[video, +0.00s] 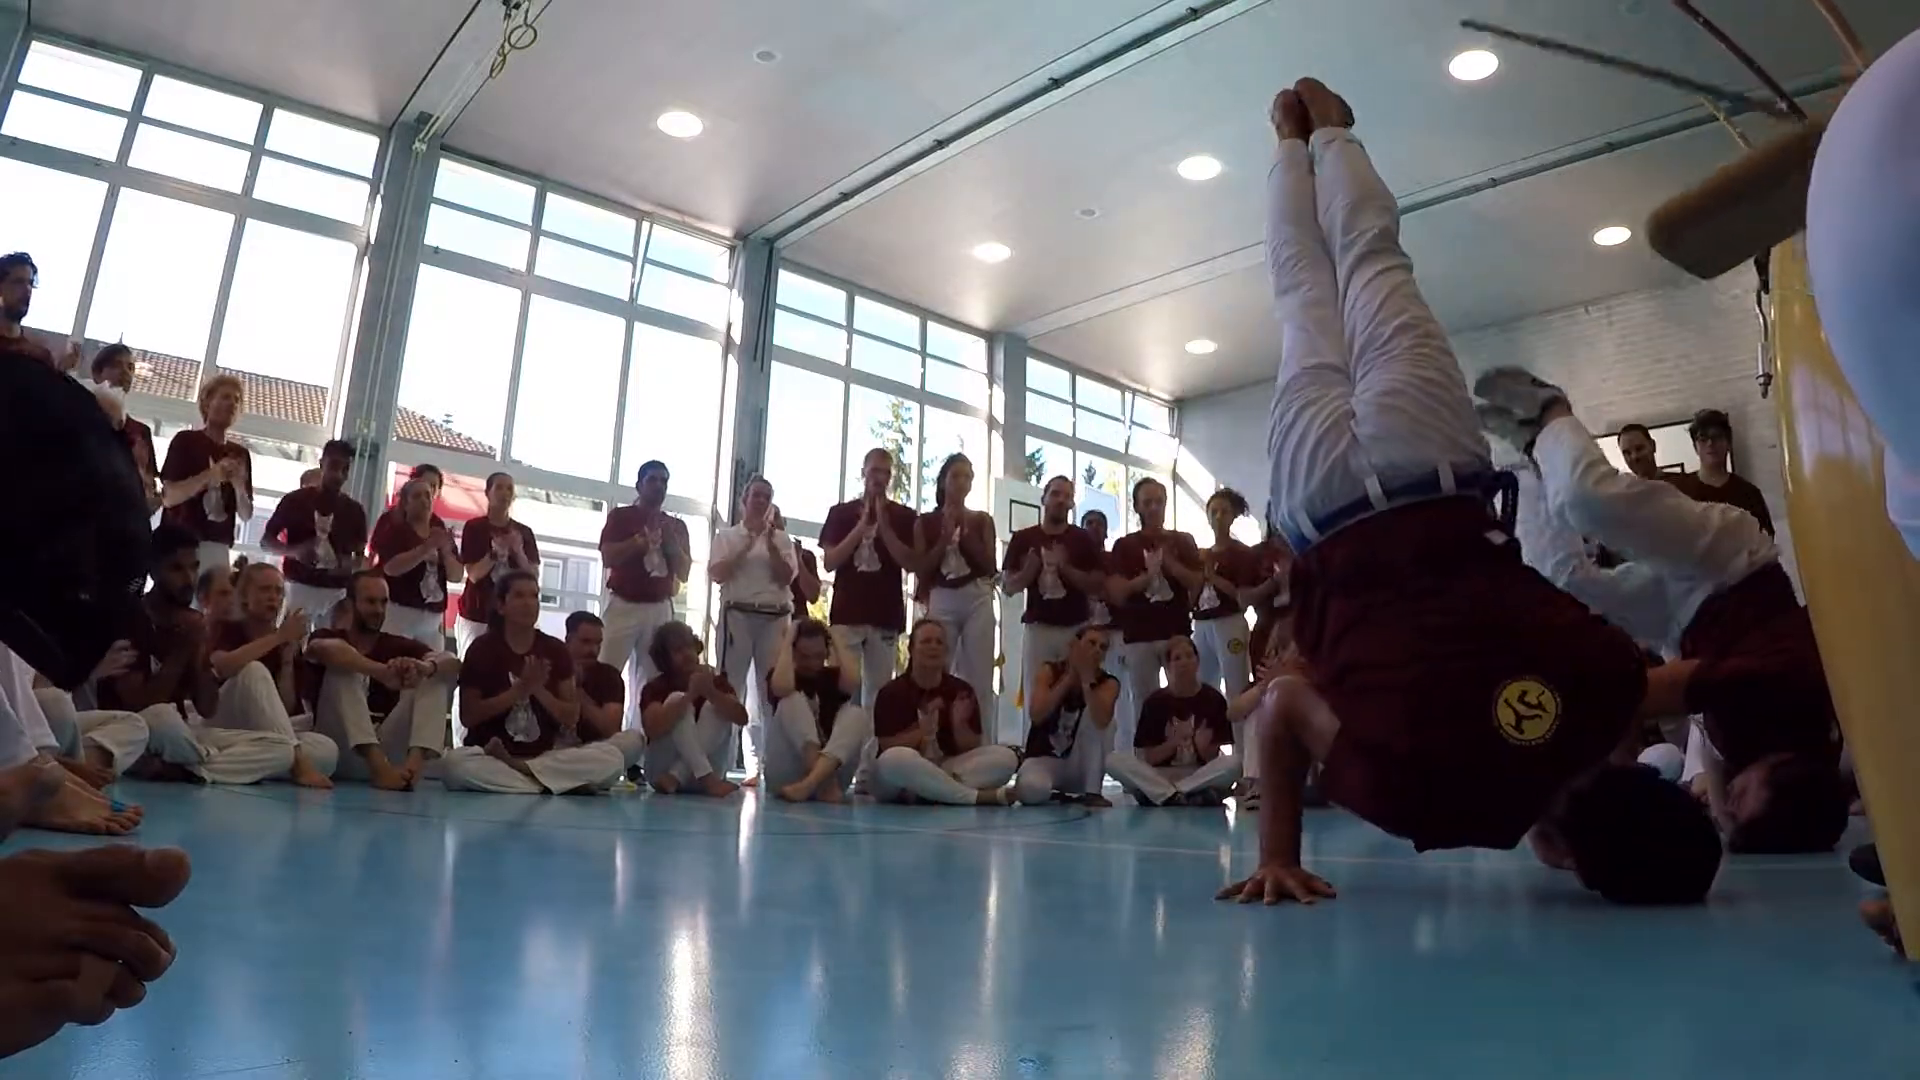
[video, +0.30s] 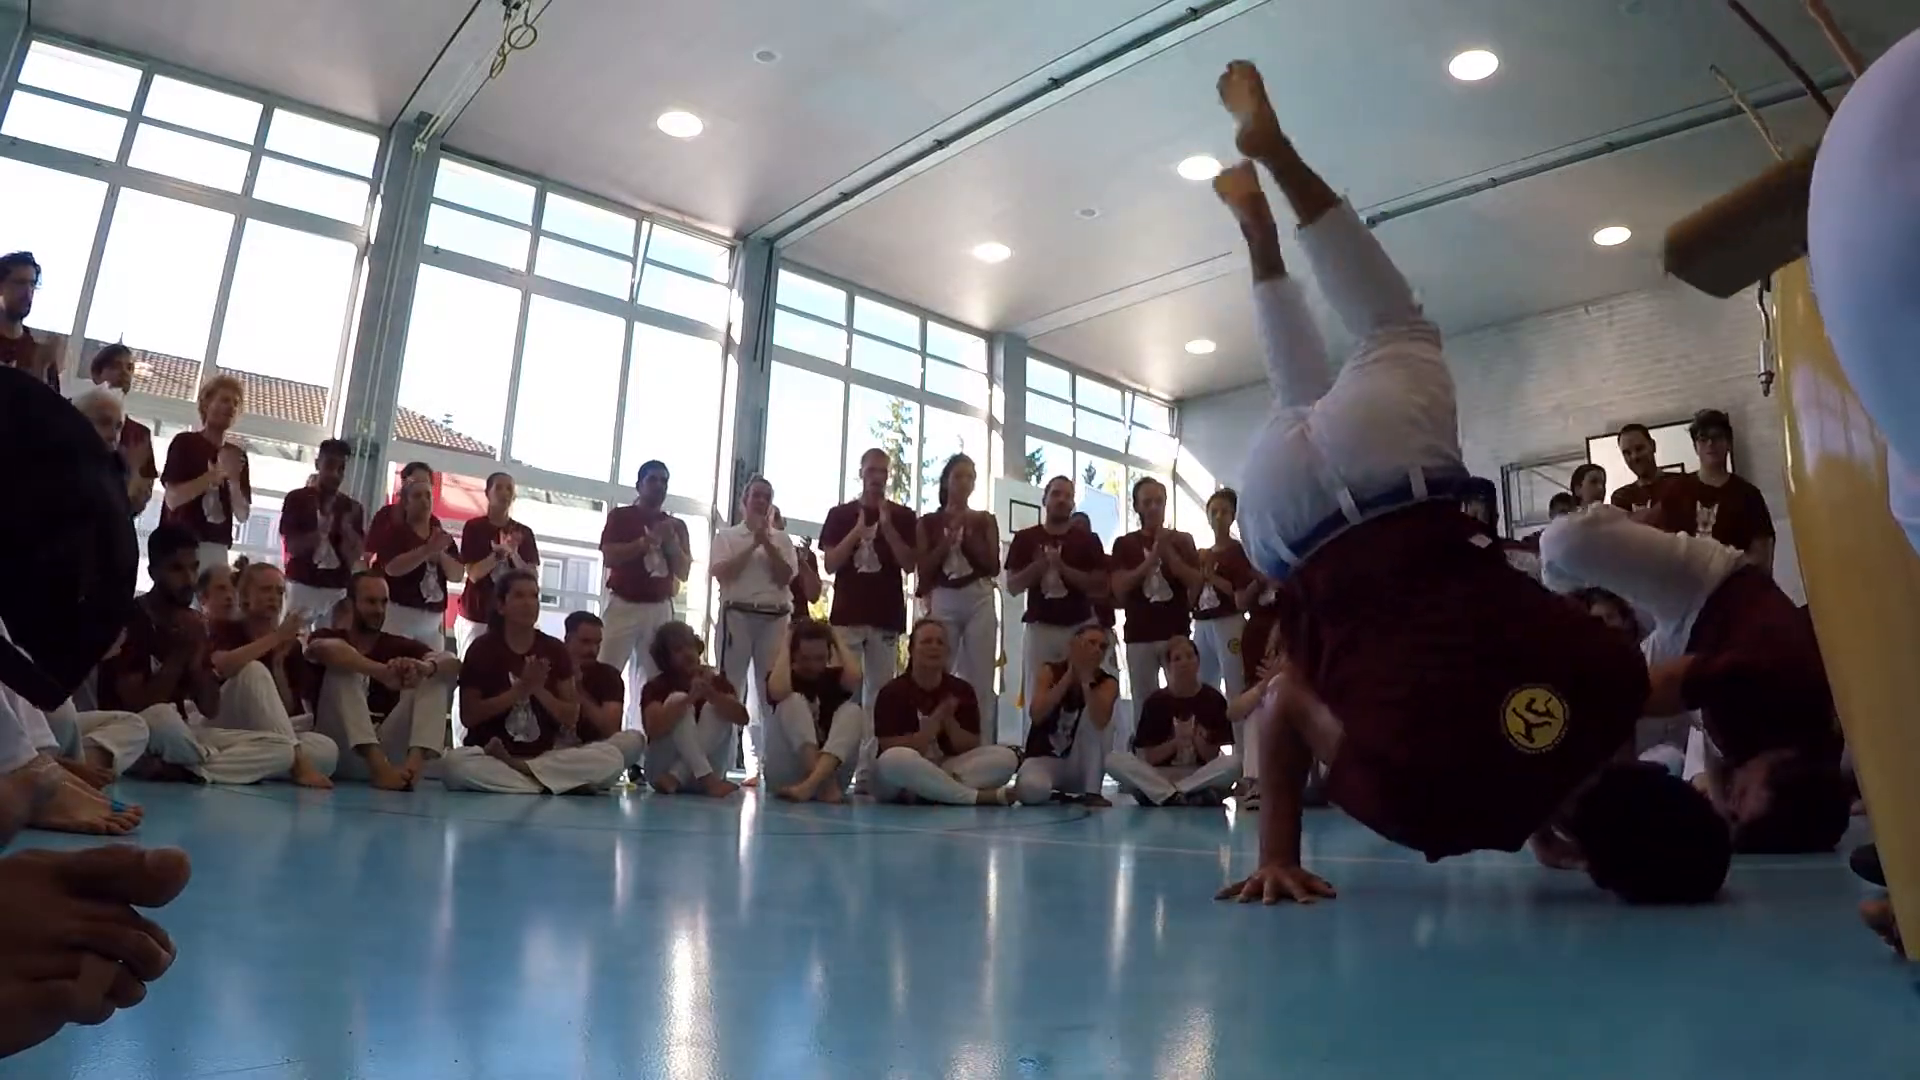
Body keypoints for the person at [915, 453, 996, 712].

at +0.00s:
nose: (962, 482)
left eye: (967, 477)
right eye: (956, 475)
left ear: (972, 483)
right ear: (943, 480)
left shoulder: (982, 521)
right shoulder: (925, 522)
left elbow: (988, 567)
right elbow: (922, 569)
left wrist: (965, 540)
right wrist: (944, 540)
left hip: (978, 599)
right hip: (941, 598)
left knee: (980, 678)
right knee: (938, 675)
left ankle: (983, 747)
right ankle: (936, 747)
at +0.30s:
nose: (965, 481)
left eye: (970, 477)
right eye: (959, 475)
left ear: (975, 483)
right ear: (946, 480)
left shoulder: (985, 520)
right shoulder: (928, 522)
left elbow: (992, 567)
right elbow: (923, 567)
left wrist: (968, 542)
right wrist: (947, 542)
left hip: (980, 602)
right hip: (942, 602)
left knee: (981, 681)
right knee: (938, 677)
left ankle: (983, 749)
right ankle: (936, 750)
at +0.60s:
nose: (968, 481)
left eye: (974, 476)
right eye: (962, 475)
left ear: (979, 482)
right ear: (949, 481)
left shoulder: (988, 520)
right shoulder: (932, 522)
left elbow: (994, 566)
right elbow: (928, 570)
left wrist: (968, 535)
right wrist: (955, 541)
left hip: (983, 599)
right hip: (946, 599)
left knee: (983, 681)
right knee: (942, 676)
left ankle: (984, 751)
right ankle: (939, 750)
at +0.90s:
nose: (969, 484)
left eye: (974, 477)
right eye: (963, 477)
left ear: (981, 479)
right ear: (950, 480)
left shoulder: (990, 518)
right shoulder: (938, 519)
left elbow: (996, 566)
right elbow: (927, 574)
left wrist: (972, 546)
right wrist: (947, 551)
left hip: (983, 596)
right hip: (947, 597)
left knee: (983, 674)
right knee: (943, 671)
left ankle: (984, 747)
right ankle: (941, 744)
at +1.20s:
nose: (966, 480)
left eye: (972, 476)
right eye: (961, 475)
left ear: (977, 483)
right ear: (948, 481)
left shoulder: (989, 521)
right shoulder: (930, 521)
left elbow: (993, 568)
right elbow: (924, 568)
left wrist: (970, 541)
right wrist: (947, 536)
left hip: (979, 592)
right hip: (943, 595)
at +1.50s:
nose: (962, 480)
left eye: (968, 475)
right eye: (956, 475)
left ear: (973, 482)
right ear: (944, 480)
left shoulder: (984, 520)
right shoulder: (927, 520)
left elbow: (987, 562)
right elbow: (920, 565)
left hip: (973, 593)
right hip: (940, 593)